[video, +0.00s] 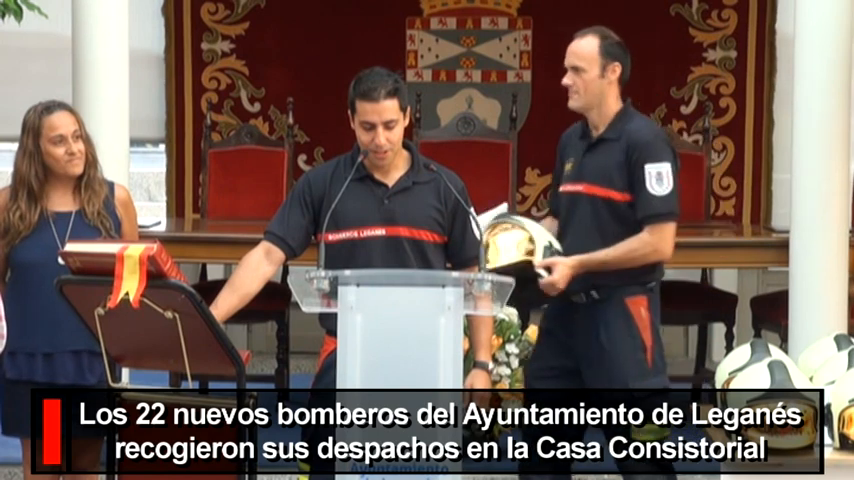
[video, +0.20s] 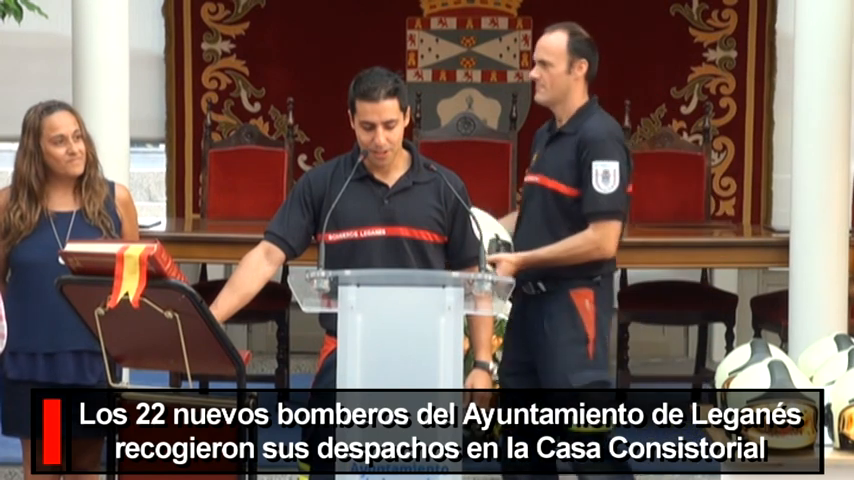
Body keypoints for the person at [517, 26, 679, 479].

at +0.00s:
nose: (565, 80)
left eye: (576, 71)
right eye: (565, 70)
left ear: (612, 73)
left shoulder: (646, 140)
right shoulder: (570, 140)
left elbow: (660, 242)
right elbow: (563, 218)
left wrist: (576, 264)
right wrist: (527, 240)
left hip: (621, 312)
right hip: (564, 311)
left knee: (639, 451)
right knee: (542, 446)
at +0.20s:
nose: (532, 74)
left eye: (543, 65)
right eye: (533, 64)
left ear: (579, 70)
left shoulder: (600, 135)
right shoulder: (546, 134)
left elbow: (603, 241)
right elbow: (532, 214)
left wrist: (521, 261)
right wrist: (484, 236)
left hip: (574, 303)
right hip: (530, 301)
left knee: (587, 442)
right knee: (521, 438)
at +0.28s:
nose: (521, 73)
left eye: (532, 64)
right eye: (522, 63)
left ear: (567, 69)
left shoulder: (585, 134)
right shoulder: (544, 132)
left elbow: (584, 240)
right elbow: (526, 213)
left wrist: (500, 259)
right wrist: (465, 232)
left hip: (559, 295)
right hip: (524, 290)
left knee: (553, 430)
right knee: (514, 424)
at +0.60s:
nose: (477, 75)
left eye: (488, 66)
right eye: (478, 64)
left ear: (522, 72)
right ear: (516, 71)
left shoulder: (533, 135)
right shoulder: (511, 128)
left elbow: (521, 241)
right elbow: (495, 220)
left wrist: (455, 254)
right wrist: (453, 246)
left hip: (522, 289)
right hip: (500, 283)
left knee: (506, 411)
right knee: (499, 408)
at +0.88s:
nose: (421, 81)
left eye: (433, 74)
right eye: (423, 71)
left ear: (469, 80)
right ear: (465, 80)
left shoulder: (471, 145)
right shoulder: (460, 131)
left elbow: (456, 242)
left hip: (472, 301)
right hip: (464, 295)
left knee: (471, 420)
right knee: (467, 417)